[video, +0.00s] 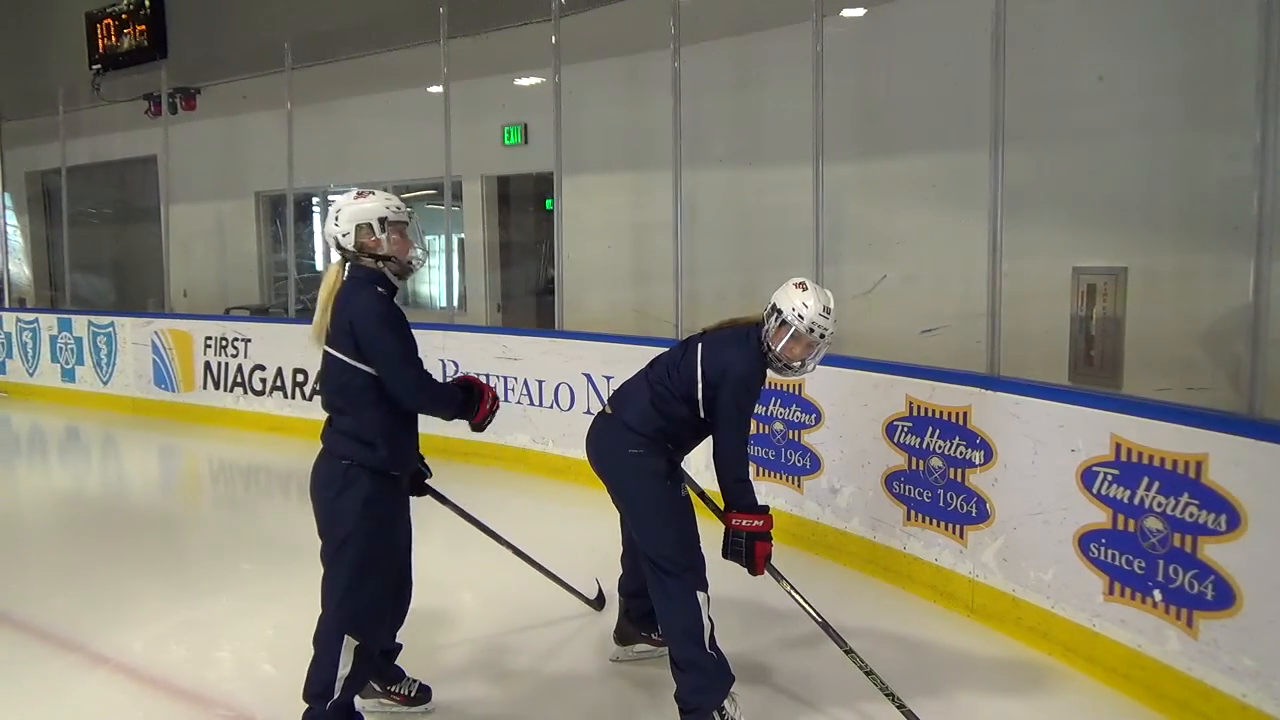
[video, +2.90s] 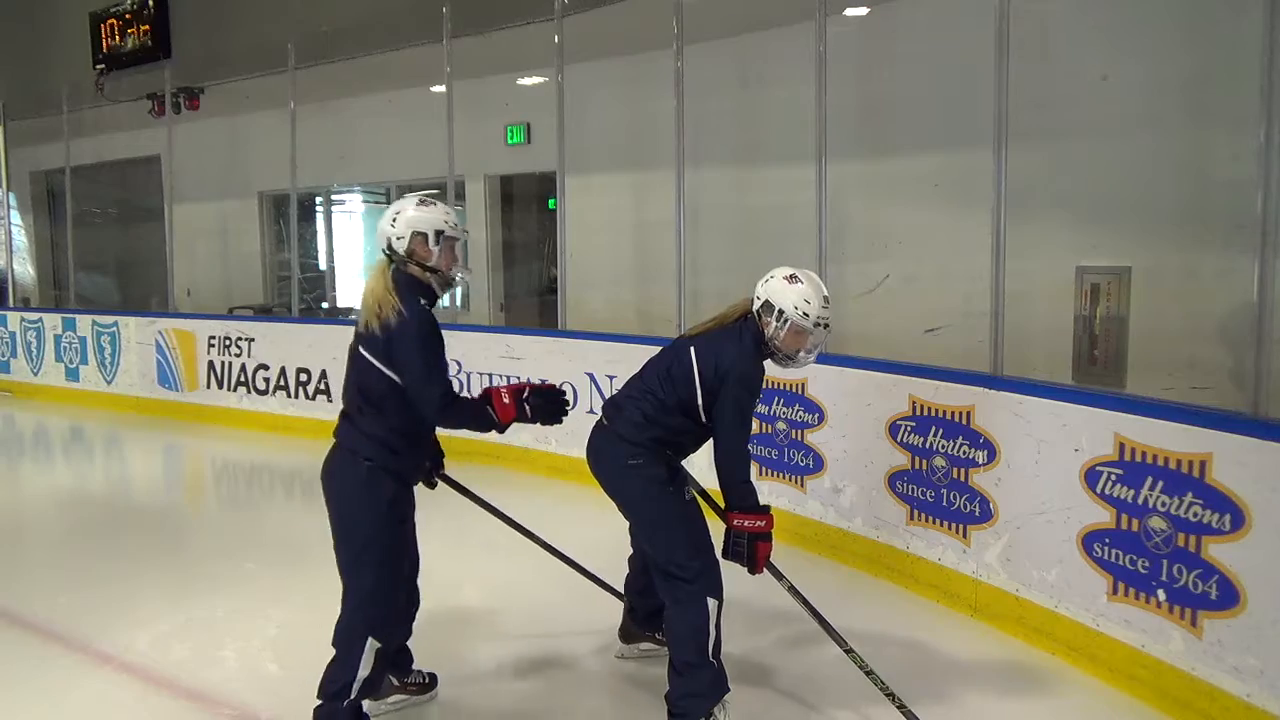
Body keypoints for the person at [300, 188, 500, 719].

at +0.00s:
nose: (409, 239)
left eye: (406, 229)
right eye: (397, 230)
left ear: (372, 239)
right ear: (367, 239)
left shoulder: (359, 293)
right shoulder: (368, 300)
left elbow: (368, 394)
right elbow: (410, 387)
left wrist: (404, 460)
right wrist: (466, 396)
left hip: (371, 469)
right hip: (356, 474)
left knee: (387, 579)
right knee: (353, 596)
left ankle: (377, 670)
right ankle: (328, 706)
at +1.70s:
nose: (380, 247)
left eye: (386, 235)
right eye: (365, 238)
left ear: (397, 238)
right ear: (339, 246)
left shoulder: (378, 298)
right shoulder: (333, 310)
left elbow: (381, 393)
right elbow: (334, 408)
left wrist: (418, 430)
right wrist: (404, 431)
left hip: (380, 468)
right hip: (342, 475)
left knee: (387, 578)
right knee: (345, 599)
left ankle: (377, 671)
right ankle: (317, 708)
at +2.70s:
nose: (430, 251)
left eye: (430, 240)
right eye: (421, 240)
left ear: (401, 244)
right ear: (389, 244)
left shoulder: (390, 307)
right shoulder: (373, 317)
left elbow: (383, 394)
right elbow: (393, 411)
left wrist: (418, 439)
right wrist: (475, 414)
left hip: (379, 474)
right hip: (351, 478)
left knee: (388, 582)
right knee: (359, 597)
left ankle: (380, 675)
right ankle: (327, 706)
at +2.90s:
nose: (454, 256)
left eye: (454, 245)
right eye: (445, 245)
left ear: (420, 248)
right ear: (415, 247)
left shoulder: (394, 300)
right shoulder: (408, 314)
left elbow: (384, 390)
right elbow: (437, 406)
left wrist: (422, 446)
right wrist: (510, 406)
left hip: (381, 466)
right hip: (365, 471)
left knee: (398, 580)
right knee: (369, 592)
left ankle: (387, 670)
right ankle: (337, 705)